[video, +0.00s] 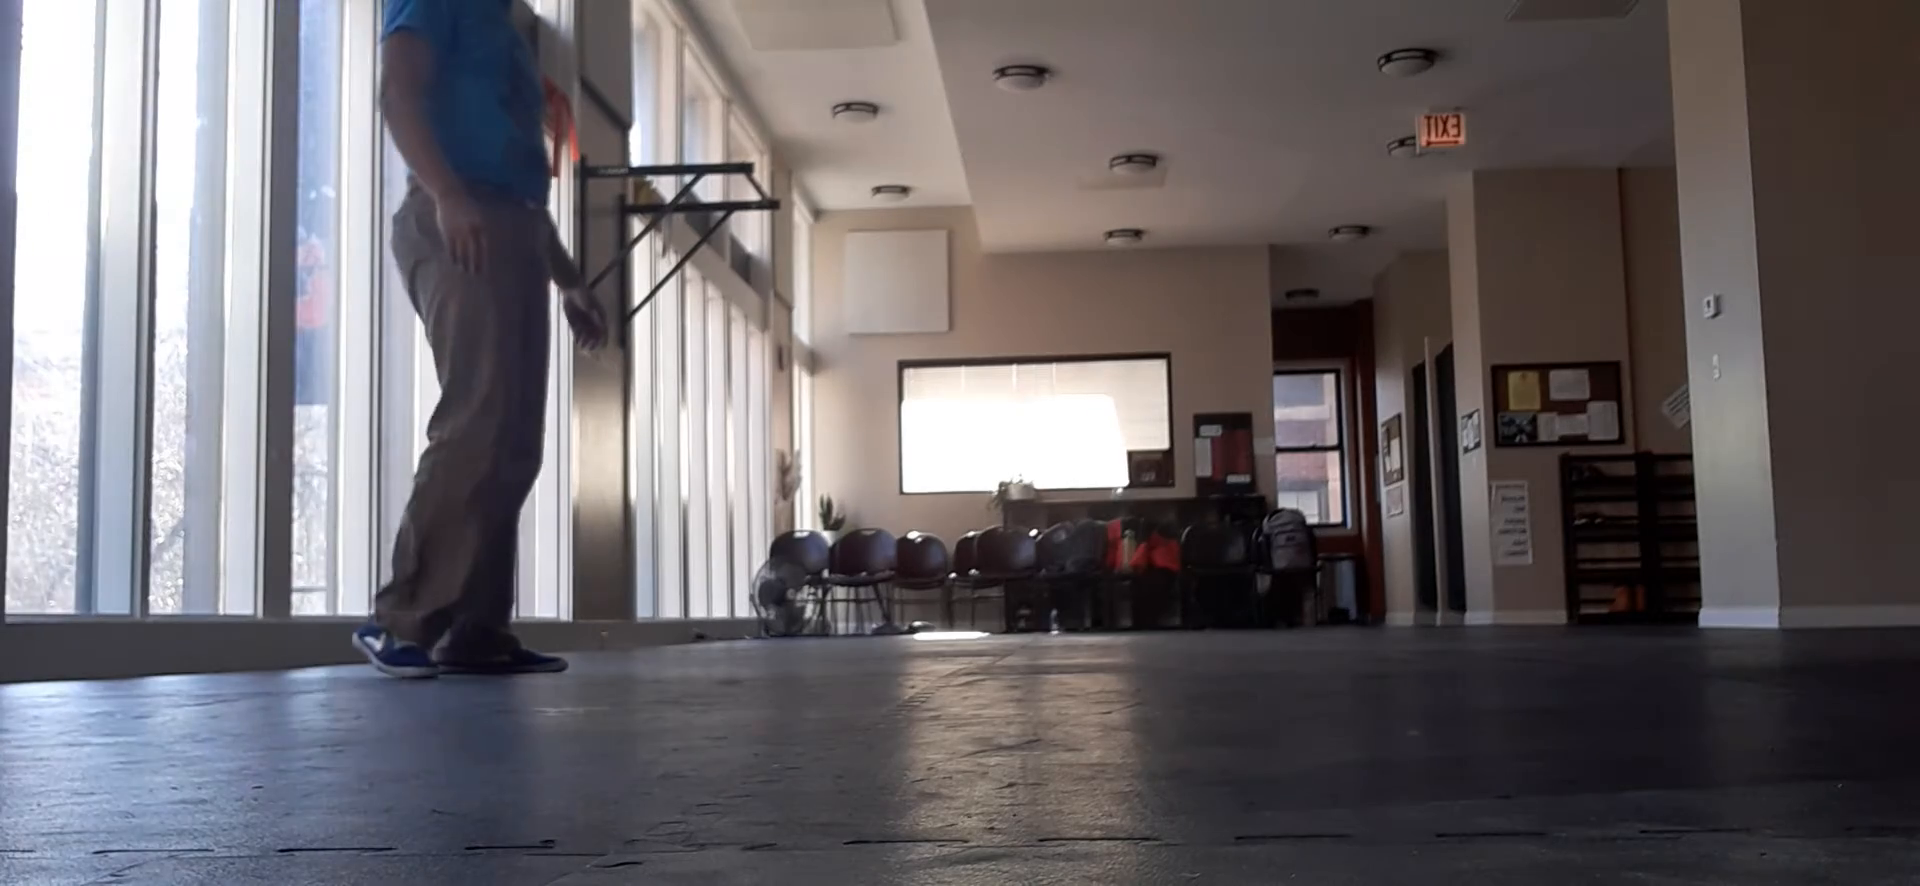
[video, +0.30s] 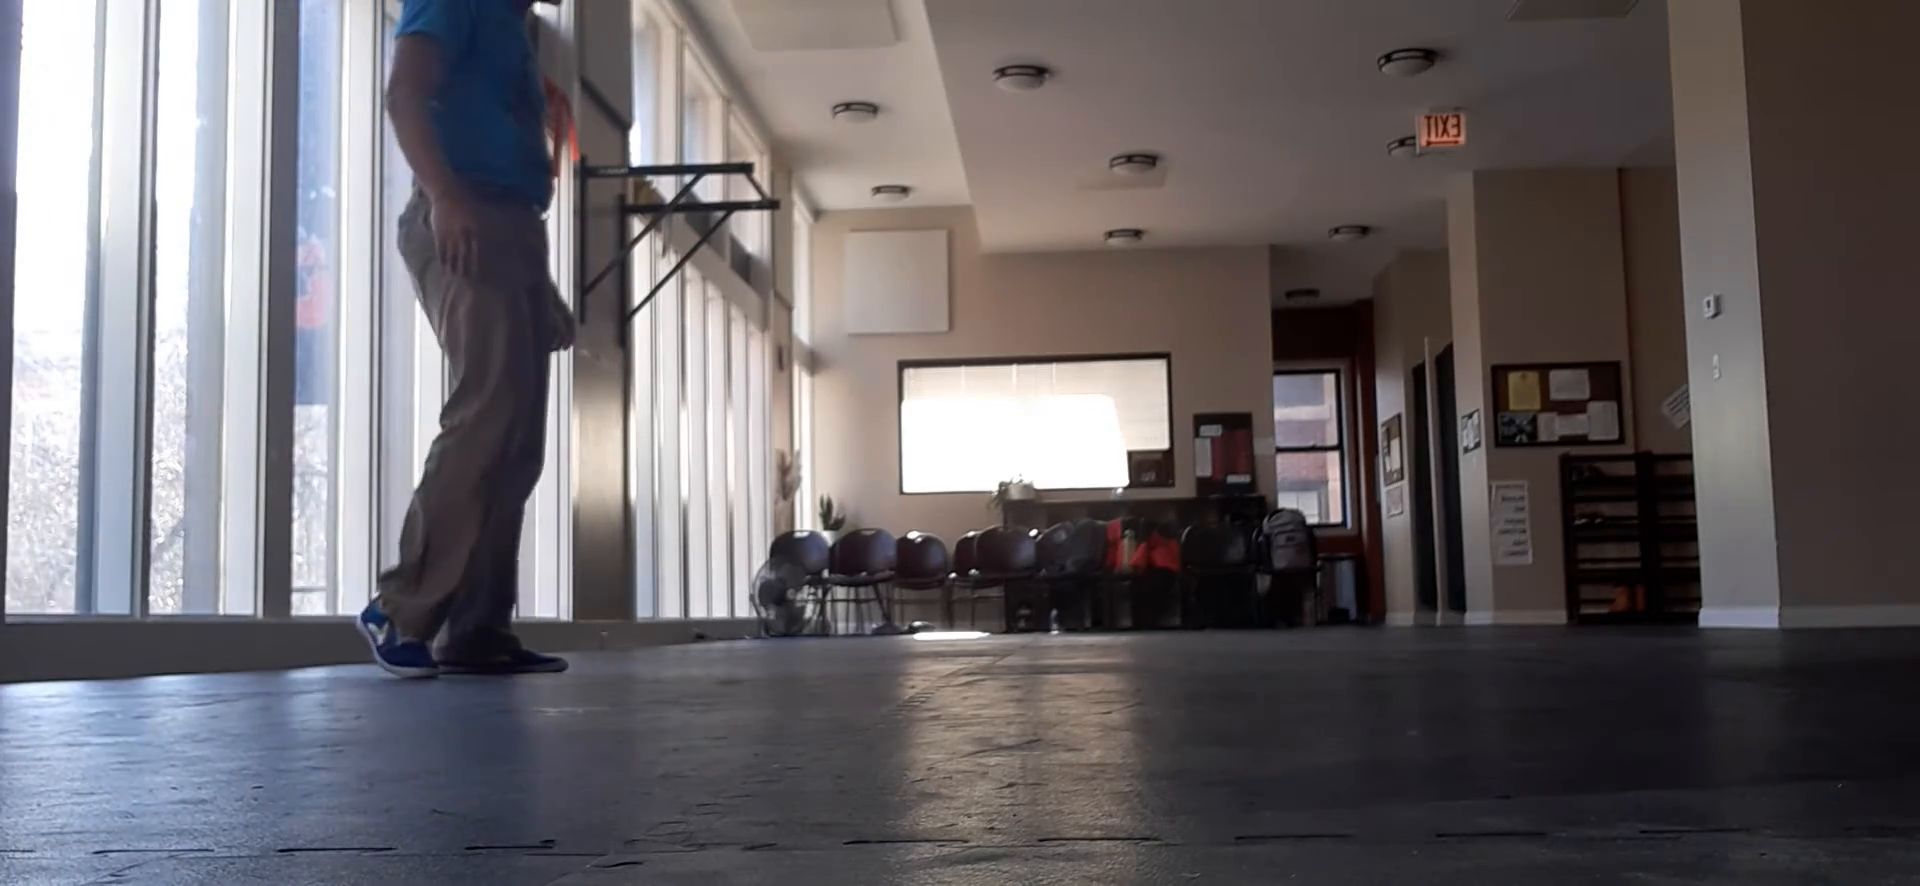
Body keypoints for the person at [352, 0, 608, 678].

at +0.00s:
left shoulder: (513, 37)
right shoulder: (434, 5)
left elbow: (521, 182)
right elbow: (398, 96)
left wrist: (569, 280)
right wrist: (448, 195)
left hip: (517, 227)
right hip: (464, 220)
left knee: (515, 438)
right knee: (476, 422)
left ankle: (477, 636)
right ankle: (401, 621)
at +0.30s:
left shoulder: (513, 24)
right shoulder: (454, 5)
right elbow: (404, 95)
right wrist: (445, 198)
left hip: (514, 221)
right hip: (467, 214)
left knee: (516, 437)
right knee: (487, 414)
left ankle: (477, 634)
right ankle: (402, 610)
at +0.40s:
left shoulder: (513, 24)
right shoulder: (457, 5)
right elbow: (403, 92)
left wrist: (545, 102)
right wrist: (443, 192)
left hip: (511, 220)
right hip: (463, 211)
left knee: (514, 428)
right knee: (493, 402)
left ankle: (477, 631)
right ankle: (401, 607)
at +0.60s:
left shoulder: (505, 26)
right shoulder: (452, 6)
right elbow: (403, 90)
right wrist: (444, 191)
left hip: (500, 225)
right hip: (456, 219)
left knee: (501, 438)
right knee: (481, 414)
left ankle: (474, 636)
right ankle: (378, 601)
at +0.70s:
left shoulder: (500, 34)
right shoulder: (447, 6)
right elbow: (399, 88)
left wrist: (523, 286)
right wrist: (446, 188)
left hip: (497, 230)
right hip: (451, 221)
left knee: (496, 445)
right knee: (472, 419)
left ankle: (474, 639)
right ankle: (358, 593)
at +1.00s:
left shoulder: (471, 30)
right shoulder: (394, 5)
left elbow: (471, 167)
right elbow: (357, 104)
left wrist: (504, 287)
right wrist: (422, 184)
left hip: (480, 238)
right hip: (411, 230)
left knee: (474, 453)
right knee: (391, 433)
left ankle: (472, 639)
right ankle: (328, 625)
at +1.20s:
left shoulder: (447, 18)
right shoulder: (353, 6)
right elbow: (307, 112)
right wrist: (363, 197)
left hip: (452, 236)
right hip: (376, 232)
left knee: (458, 453)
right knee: (354, 444)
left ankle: (467, 638)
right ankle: (322, 637)